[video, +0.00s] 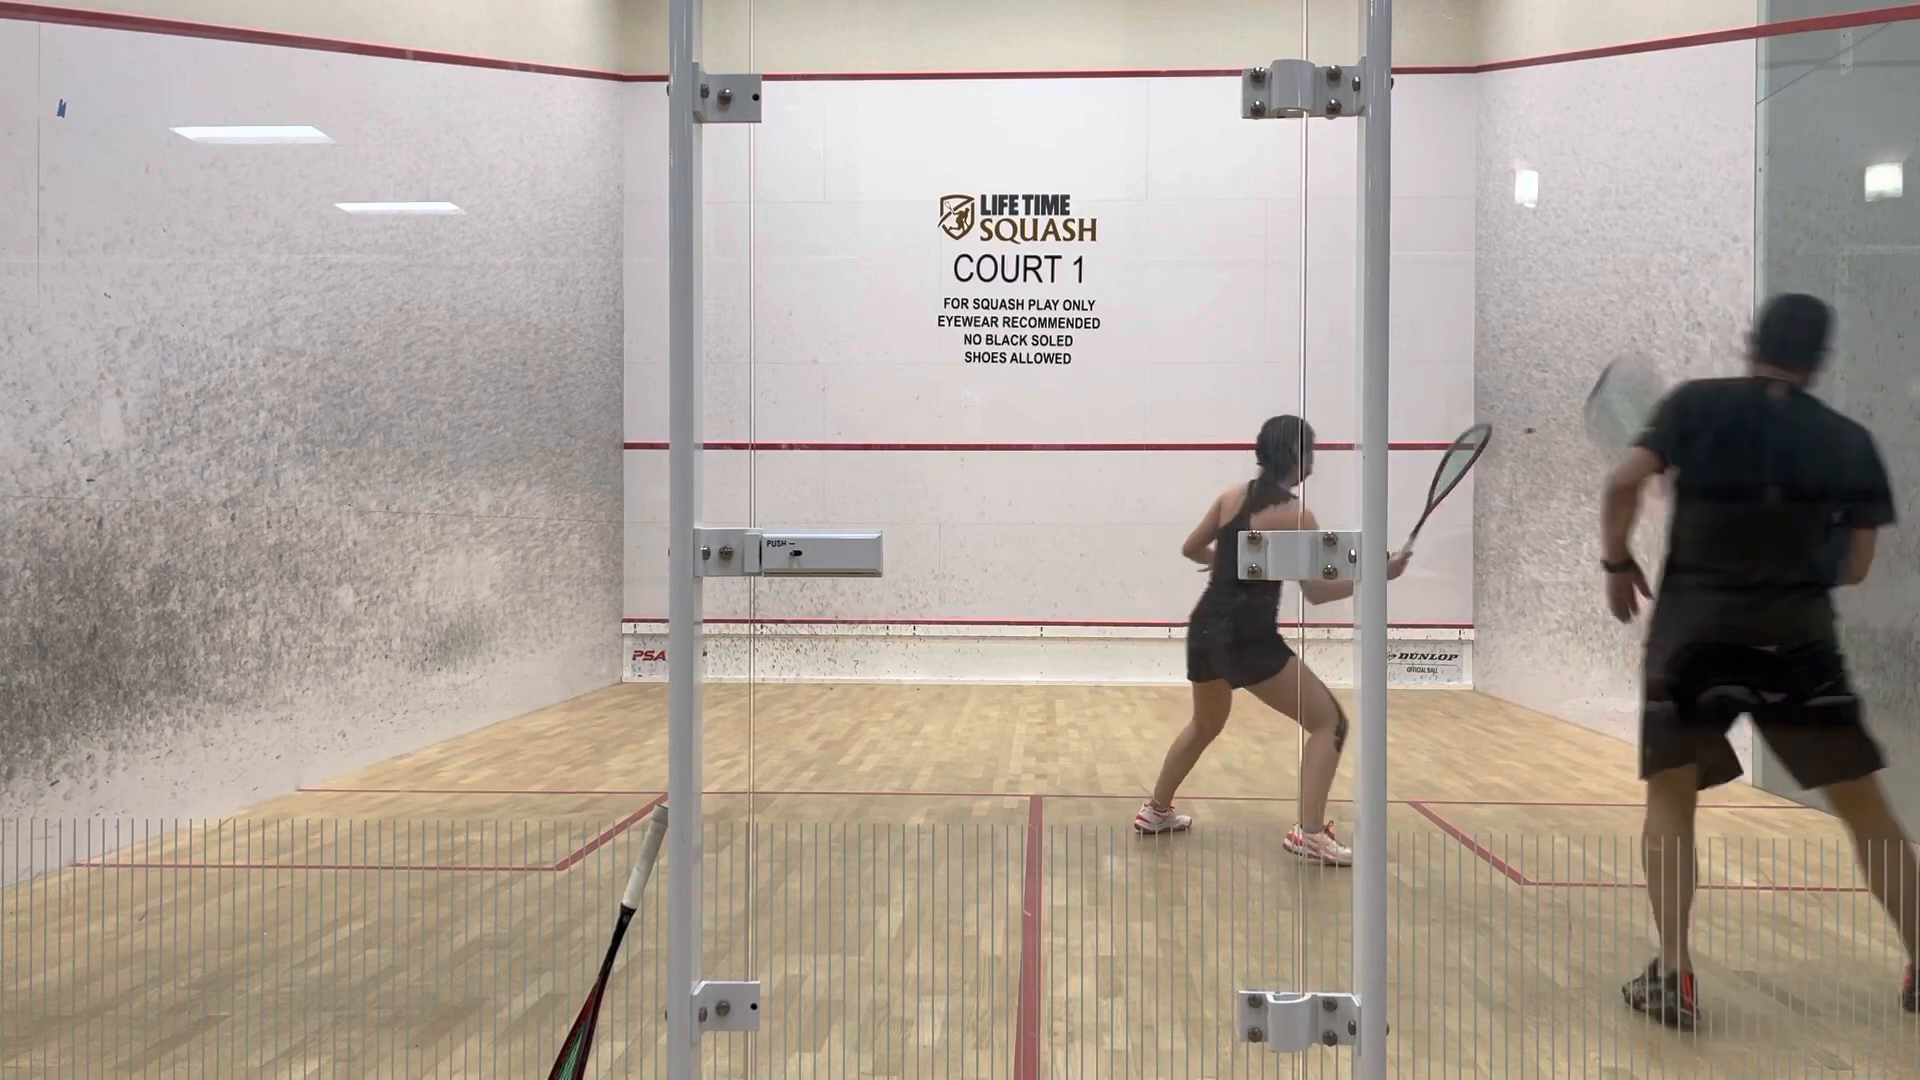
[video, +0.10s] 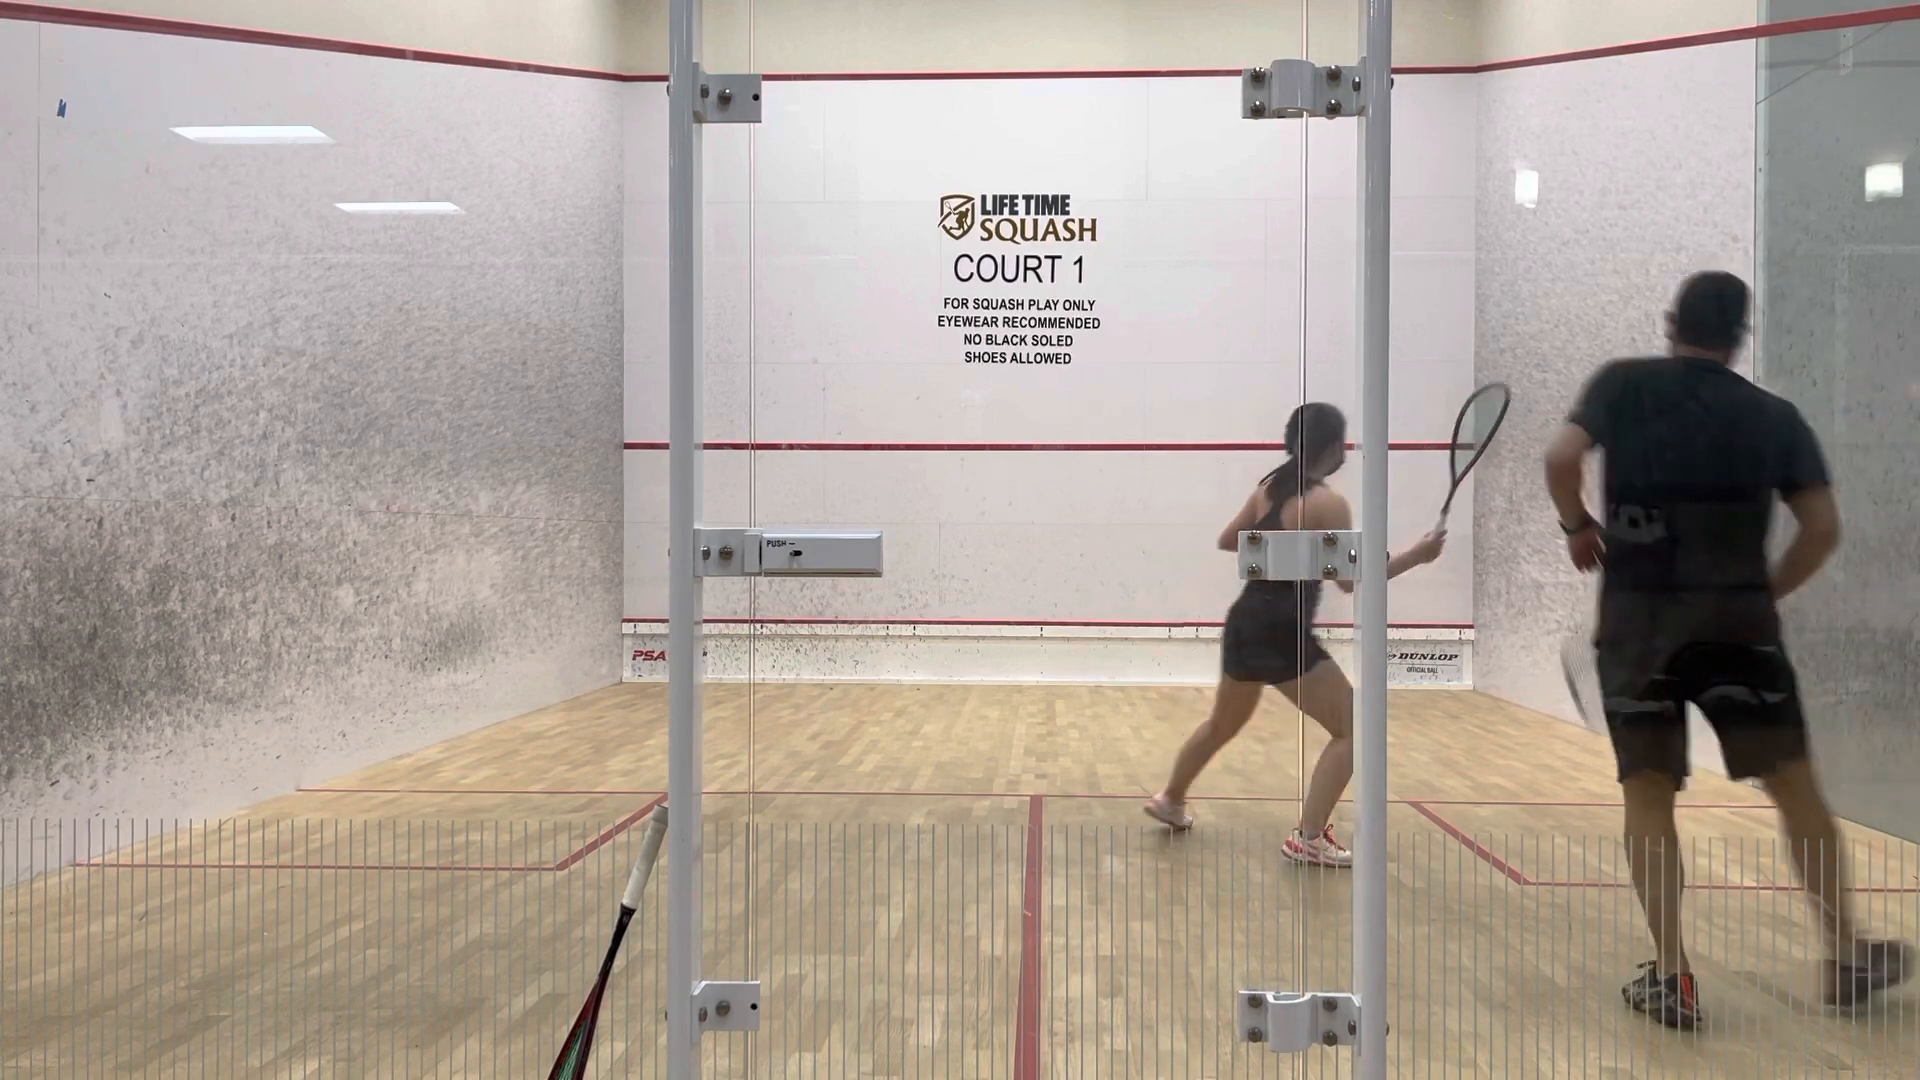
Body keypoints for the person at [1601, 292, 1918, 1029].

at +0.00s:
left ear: (1754, 344)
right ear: (1819, 359)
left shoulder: (1696, 403)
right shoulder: (1848, 440)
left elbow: (1622, 484)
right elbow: (1856, 564)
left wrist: (1617, 561)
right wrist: (1786, 564)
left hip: (1692, 639)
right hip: (1798, 648)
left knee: (1669, 802)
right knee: (1867, 811)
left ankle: (1672, 973)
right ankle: (1917, 964)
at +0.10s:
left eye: (1684, 322)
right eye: (1732, 331)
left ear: (1673, 328)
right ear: (1741, 339)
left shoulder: (1621, 382)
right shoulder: (1772, 413)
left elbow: (1558, 457)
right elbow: (1823, 529)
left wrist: (1577, 527)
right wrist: (1767, 591)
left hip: (1637, 626)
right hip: (1739, 625)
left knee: (1648, 794)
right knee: (1796, 787)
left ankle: (1671, 974)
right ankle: (1846, 955)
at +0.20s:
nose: (1623, 306)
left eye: (1617, 294)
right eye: (1659, 299)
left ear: (1611, 297)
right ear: (1678, 309)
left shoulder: (1567, 348)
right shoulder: (1712, 388)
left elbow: (1529, 419)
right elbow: (1755, 505)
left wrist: (1532, 501)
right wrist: (1747, 614)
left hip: (1590, 594)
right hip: (1686, 596)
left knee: (1612, 762)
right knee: (1702, 757)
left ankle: (1642, 944)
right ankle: (1727, 933)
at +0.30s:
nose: (1568, 309)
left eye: (1561, 296)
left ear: (1550, 299)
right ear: (1613, 310)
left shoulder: (1521, 350)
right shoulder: (1652, 387)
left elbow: (1501, 433)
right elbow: (1694, 505)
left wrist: (1480, 528)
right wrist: (1724, 615)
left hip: (1544, 595)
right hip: (1636, 600)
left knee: (1525, 759)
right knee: (1630, 762)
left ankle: (1556, 934)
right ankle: (1665, 948)